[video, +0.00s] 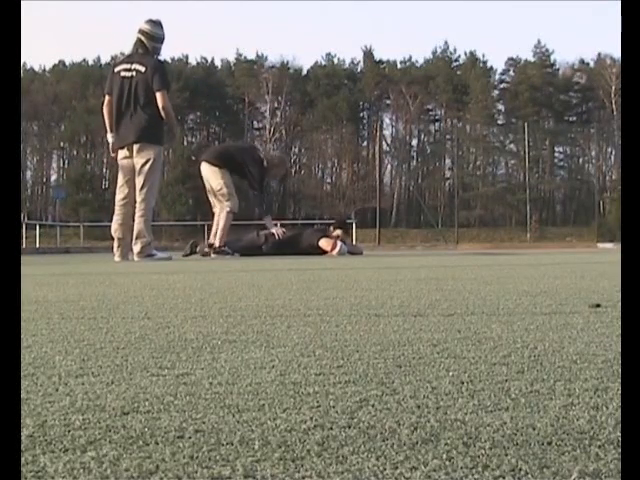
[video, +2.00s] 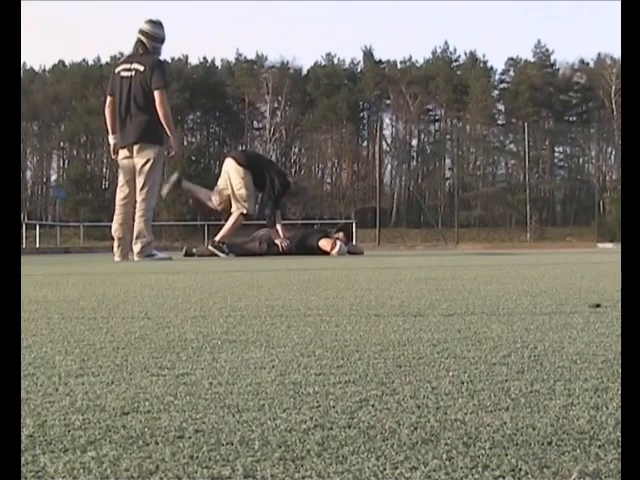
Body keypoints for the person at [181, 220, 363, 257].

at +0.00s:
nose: (338, 241)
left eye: (340, 239)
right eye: (339, 237)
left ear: (334, 234)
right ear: (333, 233)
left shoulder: (324, 238)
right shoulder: (319, 236)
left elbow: (355, 251)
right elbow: (333, 248)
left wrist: (345, 246)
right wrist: (351, 248)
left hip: (271, 240)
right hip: (269, 242)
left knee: (233, 245)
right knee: (232, 247)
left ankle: (203, 246)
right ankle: (201, 248)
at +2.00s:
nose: (339, 242)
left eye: (342, 240)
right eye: (340, 238)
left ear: (338, 239)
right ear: (335, 235)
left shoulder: (326, 239)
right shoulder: (321, 238)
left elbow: (357, 251)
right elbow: (333, 249)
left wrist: (345, 247)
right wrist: (343, 247)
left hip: (273, 240)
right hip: (270, 242)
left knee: (234, 246)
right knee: (233, 249)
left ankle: (199, 251)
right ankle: (197, 252)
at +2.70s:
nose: (336, 241)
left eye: (339, 240)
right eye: (337, 237)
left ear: (338, 240)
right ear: (334, 234)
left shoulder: (325, 241)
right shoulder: (322, 237)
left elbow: (354, 251)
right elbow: (328, 246)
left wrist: (346, 247)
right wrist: (336, 249)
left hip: (267, 244)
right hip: (266, 243)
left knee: (229, 248)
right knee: (229, 248)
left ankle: (195, 252)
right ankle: (195, 251)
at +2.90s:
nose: (337, 245)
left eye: (339, 242)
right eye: (339, 242)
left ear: (335, 236)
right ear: (335, 238)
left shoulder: (321, 237)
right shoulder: (320, 237)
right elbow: (330, 248)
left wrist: (346, 246)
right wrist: (343, 248)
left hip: (271, 238)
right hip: (272, 239)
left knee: (229, 247)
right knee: (230, 249)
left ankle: (193, 252)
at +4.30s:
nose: (342, 242)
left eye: (345, 241)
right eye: (342, 238)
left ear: (345, 241)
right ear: (337, 233)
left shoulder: (329, 242)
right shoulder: (313, 234)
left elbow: (359, 251)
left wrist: (344, 249)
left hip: (271, 247)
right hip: (266, 242)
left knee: (231, 245)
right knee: (221, 250)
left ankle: (199, 239)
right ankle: (236, 218)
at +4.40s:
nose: (343, 238)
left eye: (344, 238)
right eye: (342, 236)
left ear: (341, 239)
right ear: (336, 234)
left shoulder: (329, 242)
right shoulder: (322, 238)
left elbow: (355, 249)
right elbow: (290, 225)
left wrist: (350, 248)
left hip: (275, 244)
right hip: (270, 242)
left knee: (236, 244)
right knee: (221, 250)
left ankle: (200, 236)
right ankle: (236, 217)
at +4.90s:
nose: (334, 243)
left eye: (338, 242)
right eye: (336, 239)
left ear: (339, 240)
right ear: (333, 231)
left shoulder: (328, 240)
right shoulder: (315, 226)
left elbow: (359, 250)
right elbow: (284, 227)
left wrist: (345, 250)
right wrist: (292, 249)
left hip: (270, 248)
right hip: (265, 239)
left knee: (226, 248)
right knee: (220, 249)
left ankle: (196, 236)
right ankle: (238, 219)